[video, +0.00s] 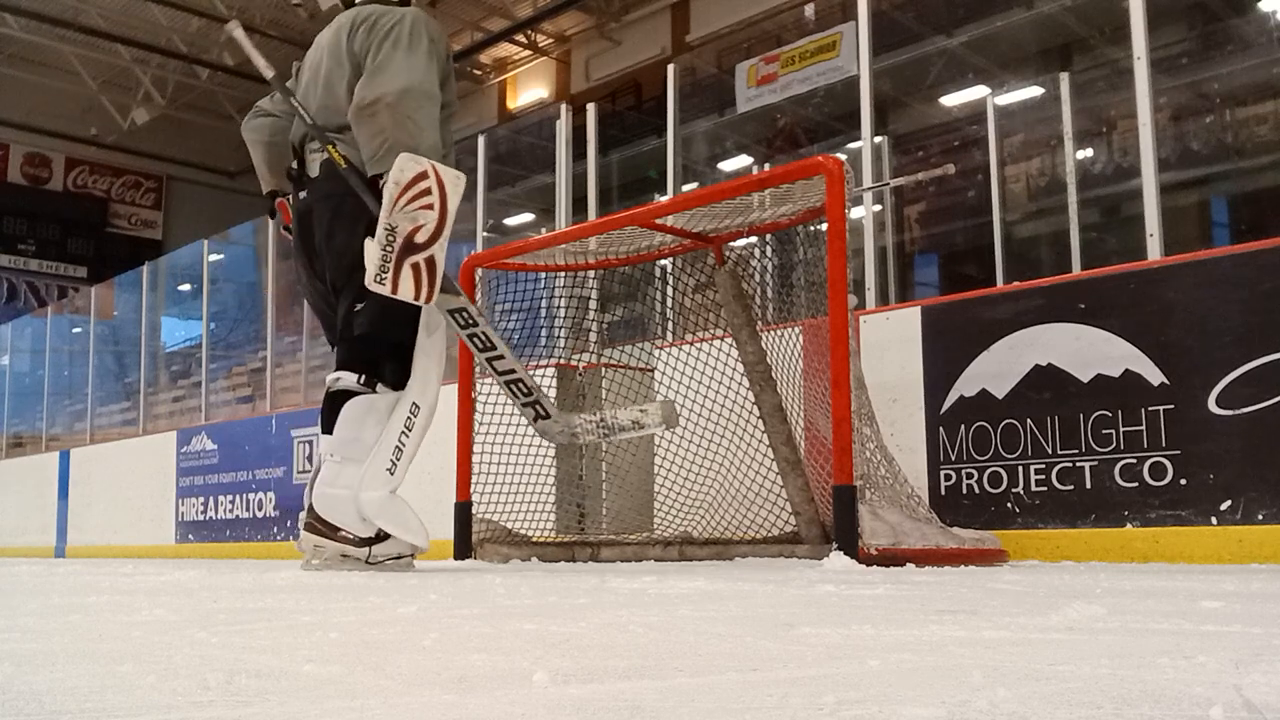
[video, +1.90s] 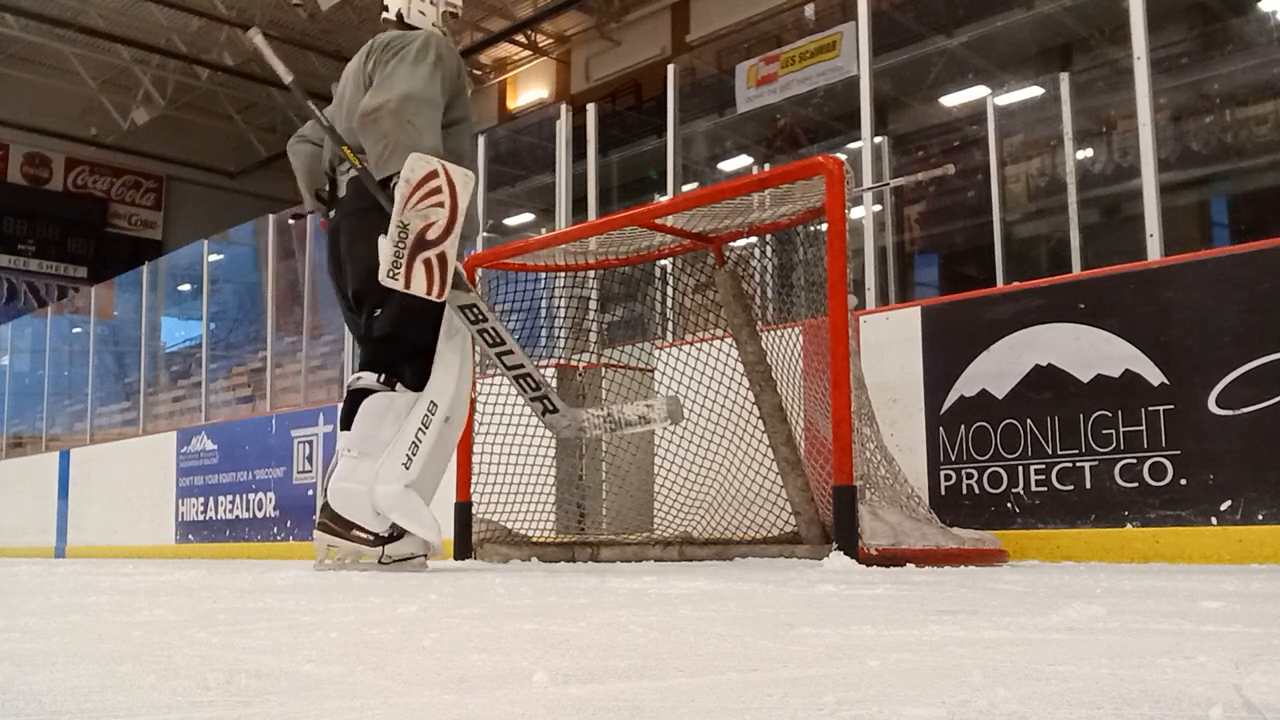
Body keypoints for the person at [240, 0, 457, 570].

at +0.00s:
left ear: (353, 4)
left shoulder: (318, 54)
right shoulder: (403, 23)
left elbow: (261, 123)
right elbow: (392, 110)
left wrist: (279, 191)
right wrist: (418, 216)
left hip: (311, 218)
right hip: (362, 203)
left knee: (355, 358)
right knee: (388, 354)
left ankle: (335, 518)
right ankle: (343, 508)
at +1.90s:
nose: (452, 16)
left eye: (451, 11)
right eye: (448, 10)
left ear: (392, 17)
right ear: (428, 13)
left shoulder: (358, 76)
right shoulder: (421, 45)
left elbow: (308, 142)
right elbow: (395, 117)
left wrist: (331, 199)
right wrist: (432, 219)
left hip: (353, 229)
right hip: (398, 223)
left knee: (383, 371)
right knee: (436, 373)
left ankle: (355, 513)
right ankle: (366, 507)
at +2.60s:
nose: (509, 54)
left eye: (514, 49)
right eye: (500, 43)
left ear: (514, 57)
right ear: (471, 43)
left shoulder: (487, 111)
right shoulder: (453, 80)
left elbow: (468, 197)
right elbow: (398, 137)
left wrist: (501, 257)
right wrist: (386, 225)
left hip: (449, 261)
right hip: (445, 254)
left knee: (441, 389)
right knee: (483, 379)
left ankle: (411, 513)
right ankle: (450, 511)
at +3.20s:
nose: (540, 25)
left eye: (549, 17)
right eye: (527, 16)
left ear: (560, 28)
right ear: (506, 25)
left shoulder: (575, 113)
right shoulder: (487, 73)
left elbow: (568, 204)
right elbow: (443, 139)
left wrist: (579, 264)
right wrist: (427, 218)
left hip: (554, 269)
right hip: (487, 256)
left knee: (567, 392)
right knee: (515, 388)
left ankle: (557, 529)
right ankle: (507, 529)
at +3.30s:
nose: (545, 25)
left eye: (555, 16)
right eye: (532, 14)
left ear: (568, 27)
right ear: (511, 23)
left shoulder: (588, 112)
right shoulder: (491, 73)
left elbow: (573, 202)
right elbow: (446, 148)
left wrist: (596, 257)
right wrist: (433, 234)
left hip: (568, 270)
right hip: (498, 259)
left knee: (592, 394)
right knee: (518, 394)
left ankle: (583, 523)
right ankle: (513, 529)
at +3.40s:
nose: (554, 13)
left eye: (563, 7)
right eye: (540, 6)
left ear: (578, 20)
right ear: (518, 18)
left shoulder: (603, 108)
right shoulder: (498, 70)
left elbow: (591, 208)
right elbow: (455, 154)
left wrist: (622, 256)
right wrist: (438, 239)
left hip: (585, 274)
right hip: (510, 261)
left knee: (617, 391)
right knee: (527, 398)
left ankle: (606, 521)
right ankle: (524, 529)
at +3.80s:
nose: (626, 24)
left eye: (637, 15)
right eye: (614, 14)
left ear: (654, 21)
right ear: (594, 19)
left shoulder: (690, 95)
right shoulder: (555, 80)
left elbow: (703, 173)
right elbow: (517, 148)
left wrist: (735, 232)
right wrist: (502, 210)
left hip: (660, 275)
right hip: (565, 270)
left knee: (696, 396)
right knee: (554, 401)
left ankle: (702, 530)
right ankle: (529, 534)